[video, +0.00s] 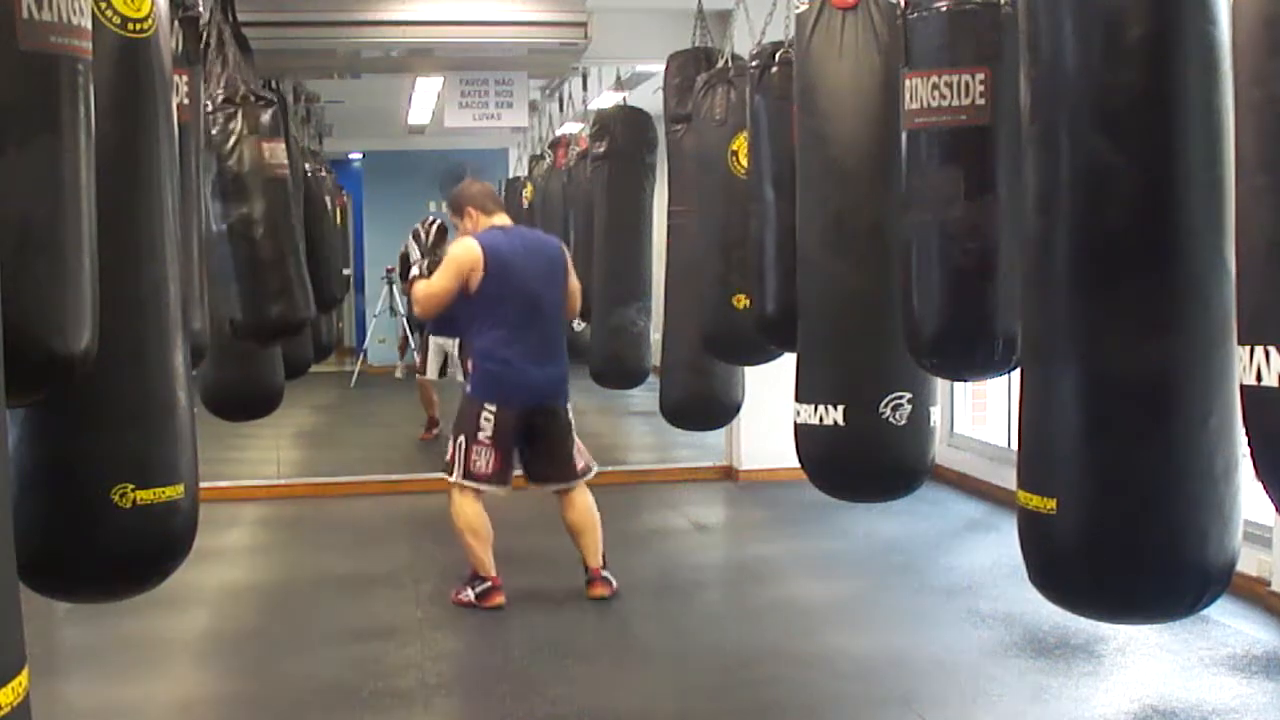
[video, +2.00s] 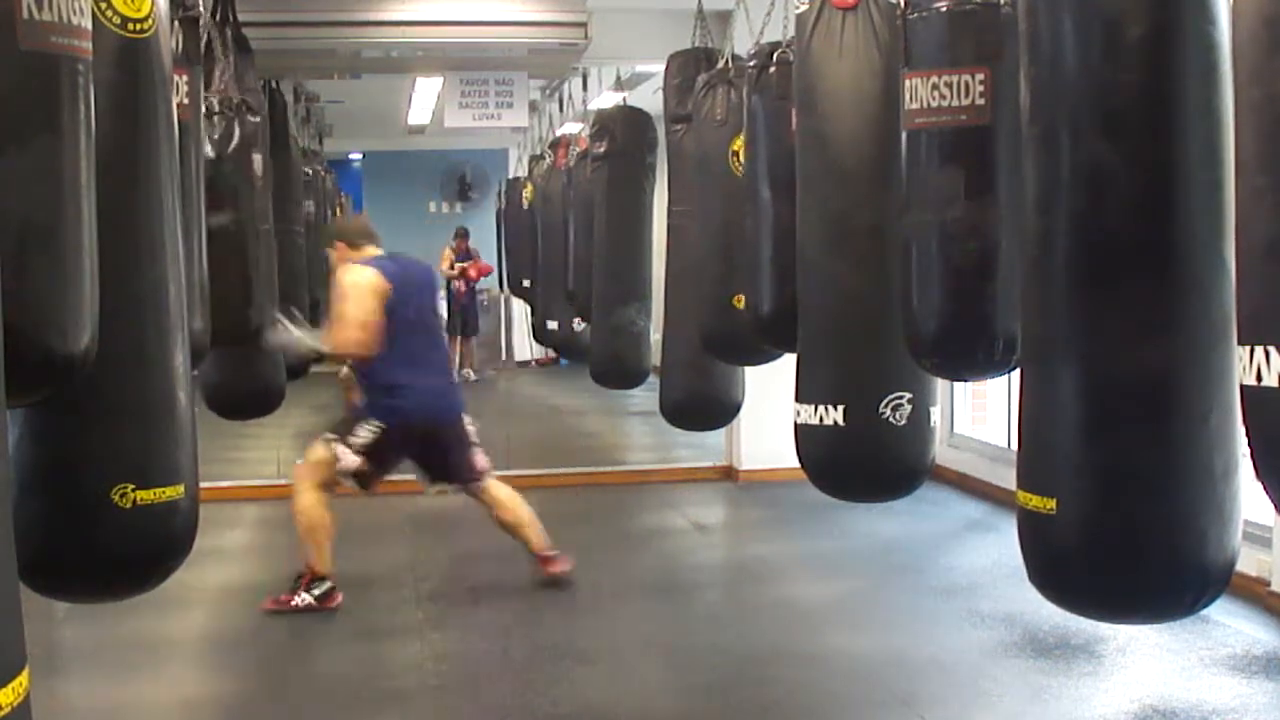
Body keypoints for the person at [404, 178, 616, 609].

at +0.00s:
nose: (460, 230)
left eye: (458, 224)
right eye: (458, 224)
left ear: (470, 215)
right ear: (501, 209)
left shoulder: (468, 249)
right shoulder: (554, 247)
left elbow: (426, 304)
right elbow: (572, 308)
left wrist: (417, 276)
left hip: (494, 388)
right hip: (550, 388)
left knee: (464, 487)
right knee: (570, 484)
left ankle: (486, 581)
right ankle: (598, 573)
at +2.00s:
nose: (333, 262)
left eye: (332, 254)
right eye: (332, 256)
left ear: (342, 248)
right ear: (372, 242)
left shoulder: (357, 274)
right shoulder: (420, 271)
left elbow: (358, 340)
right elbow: (422, 339)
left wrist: (308, 341)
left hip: (392, 409)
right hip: (443, 406)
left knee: (310, 476)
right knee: (484, 484)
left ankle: (318, 582)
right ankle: (548, 555)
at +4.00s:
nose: (279, 240)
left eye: (280, 233)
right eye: (279, 235)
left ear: (292, 229)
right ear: (323, 229)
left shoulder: (305, 248)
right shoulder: (345, 269)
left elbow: (245, 293)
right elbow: (325, 344)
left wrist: (245, 256)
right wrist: (273, 344)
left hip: (316, 396)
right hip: (364, 397)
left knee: (255, 489)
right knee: (365, 496)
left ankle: (250, 596)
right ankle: (447, 553)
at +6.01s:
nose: (344, 227)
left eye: (345, 222)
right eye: (347, 222)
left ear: (350, 222)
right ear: (392, 220)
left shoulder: (334, 248)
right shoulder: (432, 243)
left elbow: (293, 308)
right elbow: (456, 307)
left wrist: (297, 283)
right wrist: (455, 266)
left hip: (380, 380)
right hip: (441, 376)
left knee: (340, 479)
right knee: (485, 466)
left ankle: (320, 575)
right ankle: (521, 549)